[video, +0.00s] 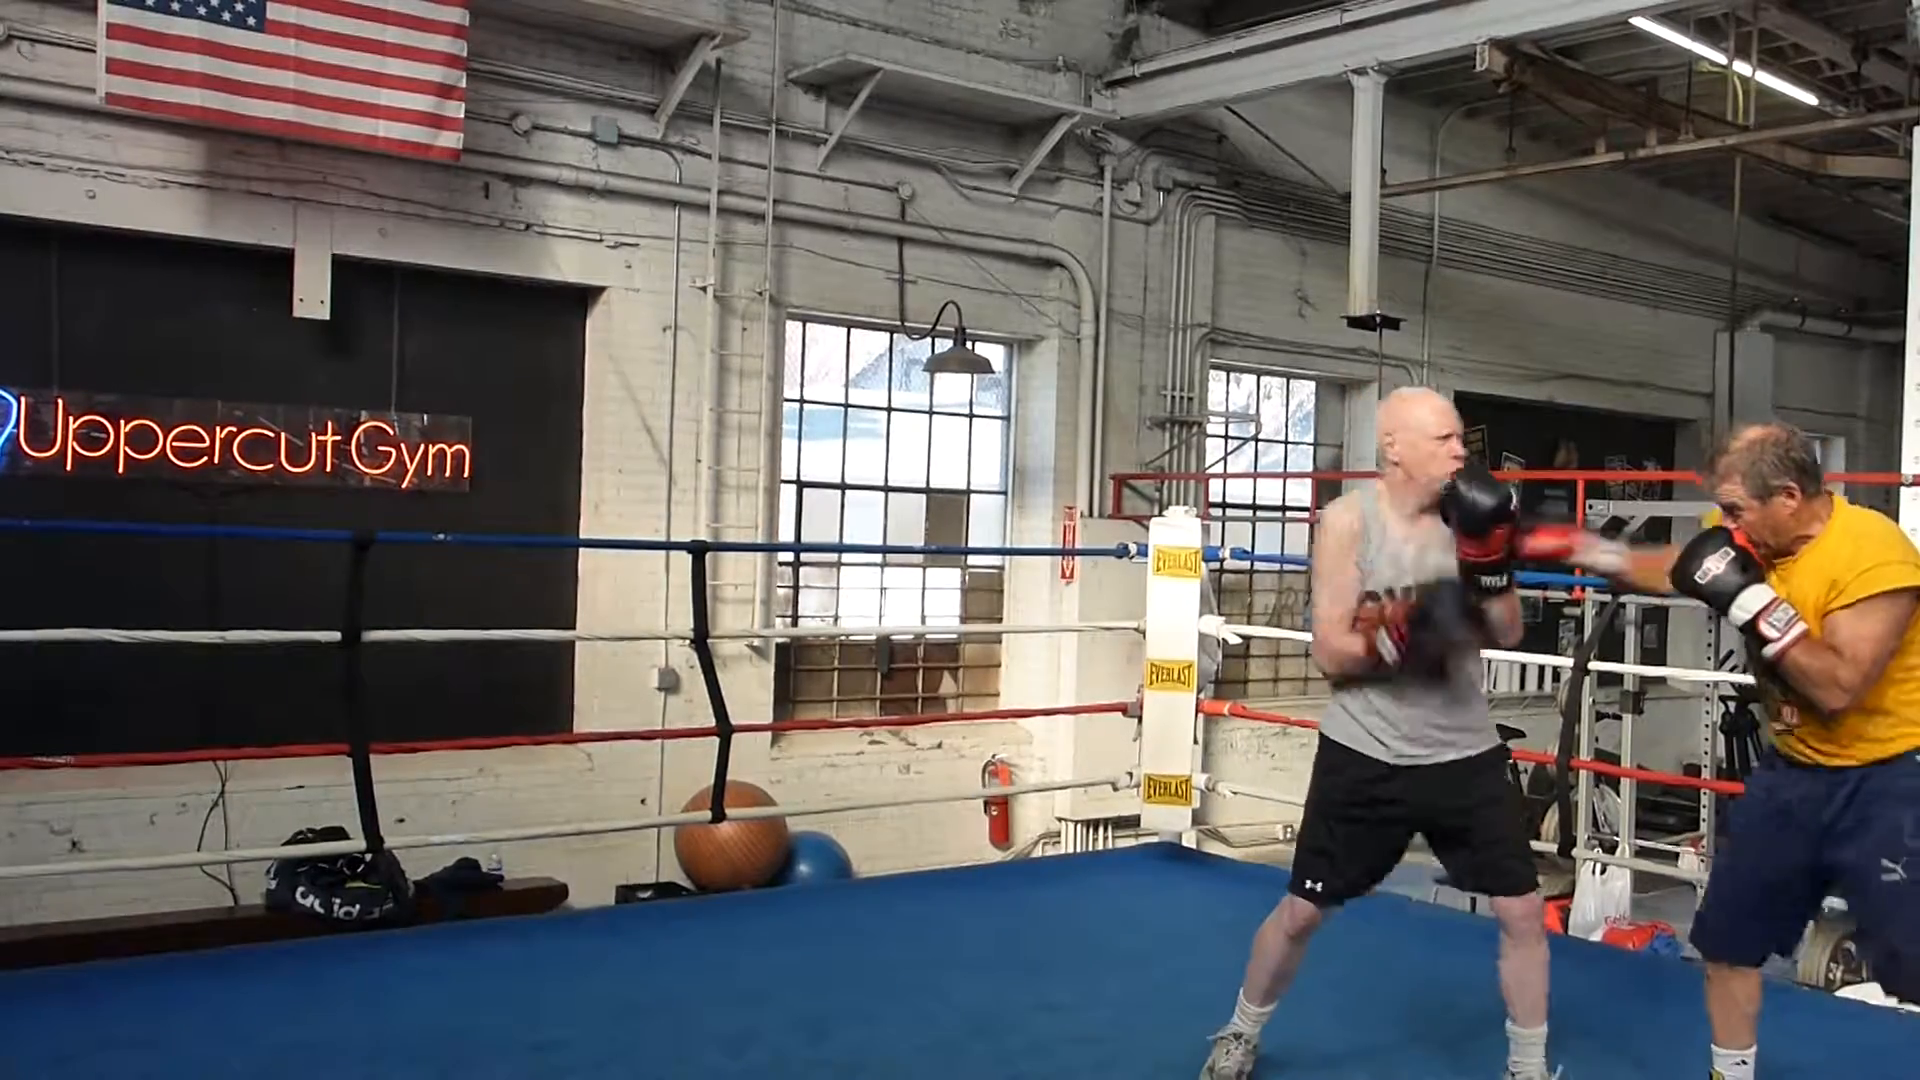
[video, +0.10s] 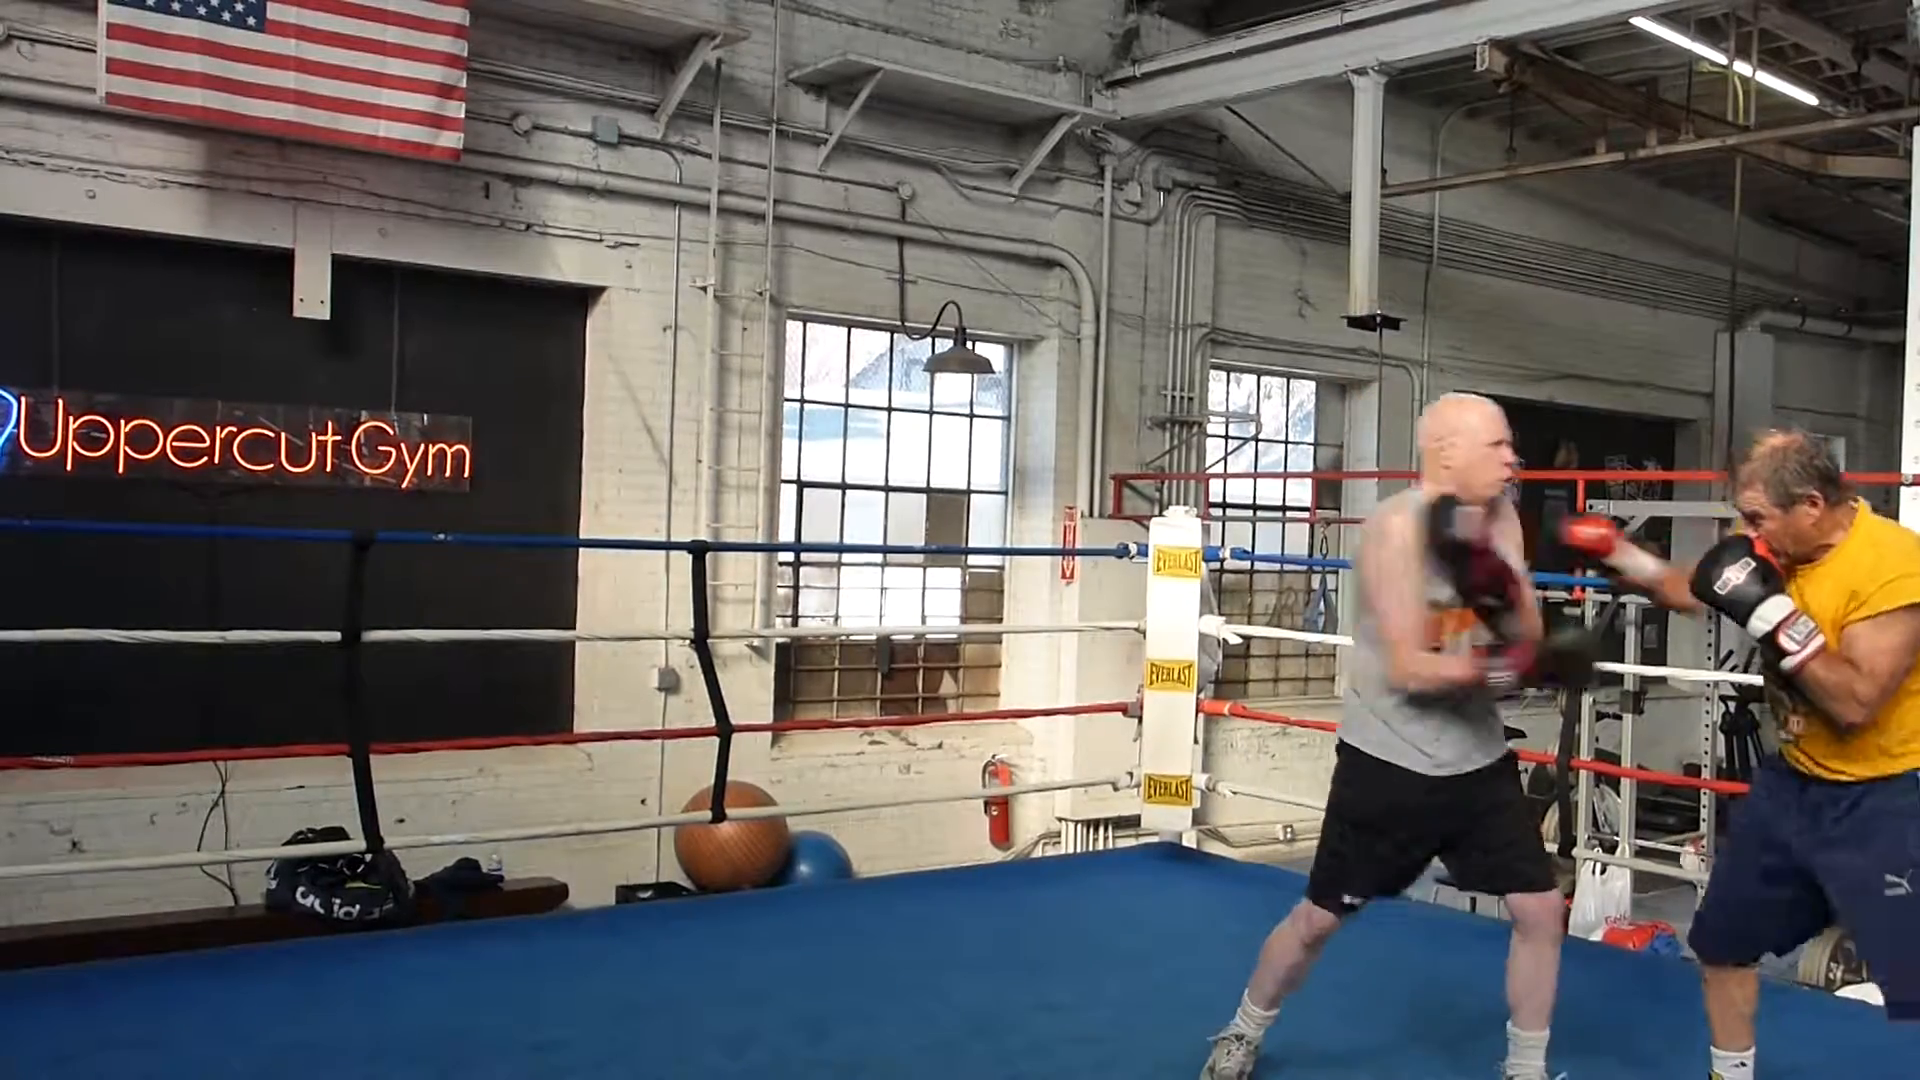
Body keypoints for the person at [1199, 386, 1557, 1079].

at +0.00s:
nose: (1459, 451)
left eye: (1460, 438)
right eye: (1443, 440)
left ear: (1461, 443)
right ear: (1394, 449)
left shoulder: (1471, 518)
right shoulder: (1346, 521)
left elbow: (1508, 633)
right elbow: (1332, 653)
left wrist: (1492, 558)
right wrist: (1391, 640)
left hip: (1466, 755)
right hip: (1363, 754)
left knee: (1523, 910)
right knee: (1304, 910)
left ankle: (1530, 1071)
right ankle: (1240, 1039)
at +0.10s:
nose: (1512, 460)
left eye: (1510, 446)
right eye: (1497, 446)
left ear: (1480, 456)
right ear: (1444, 455)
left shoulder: (1501, 523)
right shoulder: (1394, 524)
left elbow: (1528, 643)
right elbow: (1407, 667)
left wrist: (1502, 597)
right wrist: (1500, 665)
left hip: (1478, 758)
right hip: (1386, 759)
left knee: (1541, 909)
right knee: (1319, 919)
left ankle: (1527, 1071)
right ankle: (1241, 1039)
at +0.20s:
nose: (1567, 462)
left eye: (1564, 447)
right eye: (1552, 448)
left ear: (1502, 460)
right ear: (1501, 457)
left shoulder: (1482, 519)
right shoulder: (1485, 527)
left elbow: (1507, 639)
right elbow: (1586, 646)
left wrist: (1565, 573)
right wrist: (1682, 630)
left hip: (1488, 765)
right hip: (1412, 764)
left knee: (1549, 905)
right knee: (1334, 915)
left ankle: (1528, 1071)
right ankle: (1234, 1027)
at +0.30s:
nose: (1623, 468)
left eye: (1619, 452)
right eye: (1607, 453)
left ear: (1552, 462)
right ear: (1553, 461)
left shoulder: (1503, 504)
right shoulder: (1560, 529)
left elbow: (1518, 628)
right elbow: (1669, 637)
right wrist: (1760, 636)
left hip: (1502, 761)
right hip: (1439, 757)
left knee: (1558, 905)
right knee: (1355, 915)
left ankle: (1528, 1072)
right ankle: (1210, 1001)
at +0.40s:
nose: (1659, 464)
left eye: (1655, 449)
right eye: (1644, 451)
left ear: (1583, 460)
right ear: (1590, 459)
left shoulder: (1529, 502)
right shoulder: (1597, 530)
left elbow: (1544, 623)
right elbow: (1673, 673)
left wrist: (1618, 608)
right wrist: (1765, 705)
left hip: (1514, 757)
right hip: (1451, 749)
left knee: (1552, 911)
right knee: (1372, 916)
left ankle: (1525, 1070)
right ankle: (1215, 1017)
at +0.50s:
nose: (1689, 465)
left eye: (1686, 450)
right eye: (1674, 451)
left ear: (1615, 455)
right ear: (1616, 454)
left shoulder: (1573, 504)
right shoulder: (1592, 521)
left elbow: (1570, 647)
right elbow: (1575, 674)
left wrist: (1637, 594)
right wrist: (1662, 726)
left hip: (1528, 751)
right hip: (1461, 734)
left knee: (1555, 915)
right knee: (1392, 913)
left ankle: (1526, 1071)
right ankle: (1261, 1062)